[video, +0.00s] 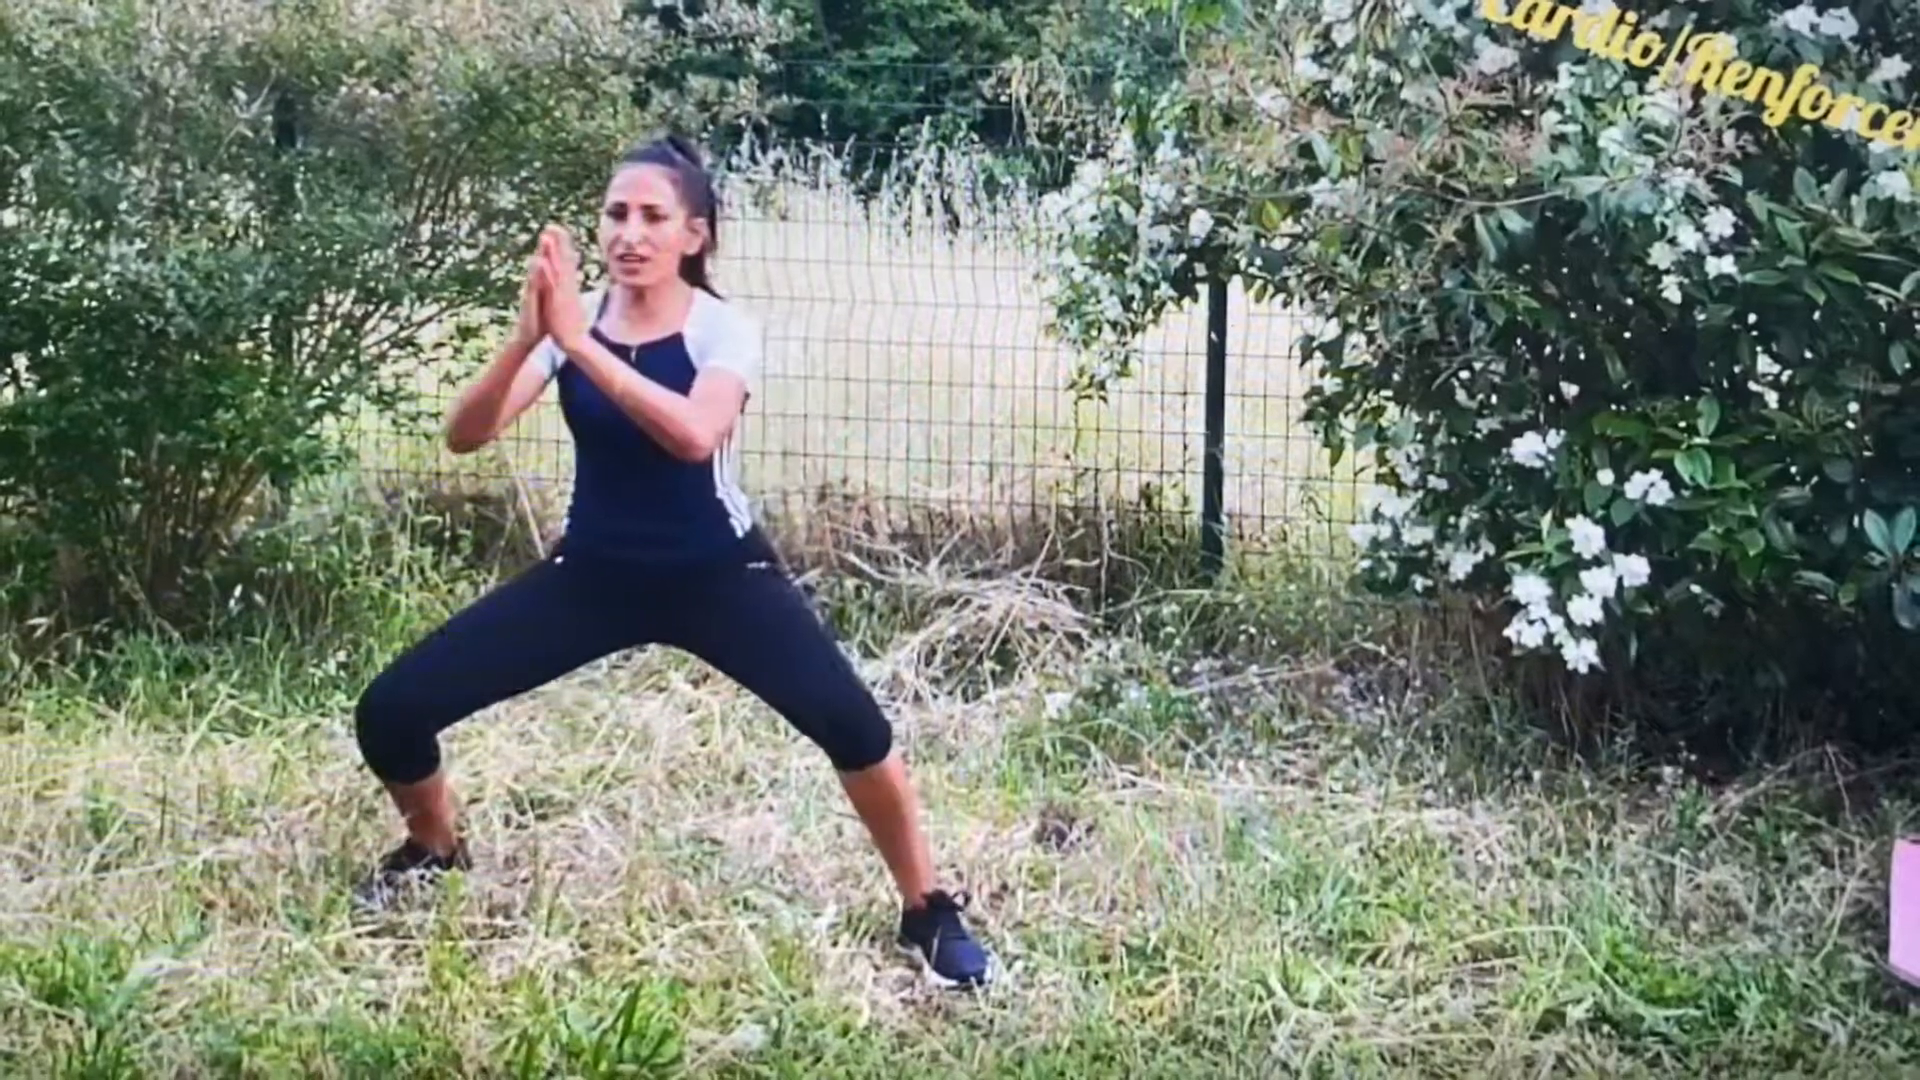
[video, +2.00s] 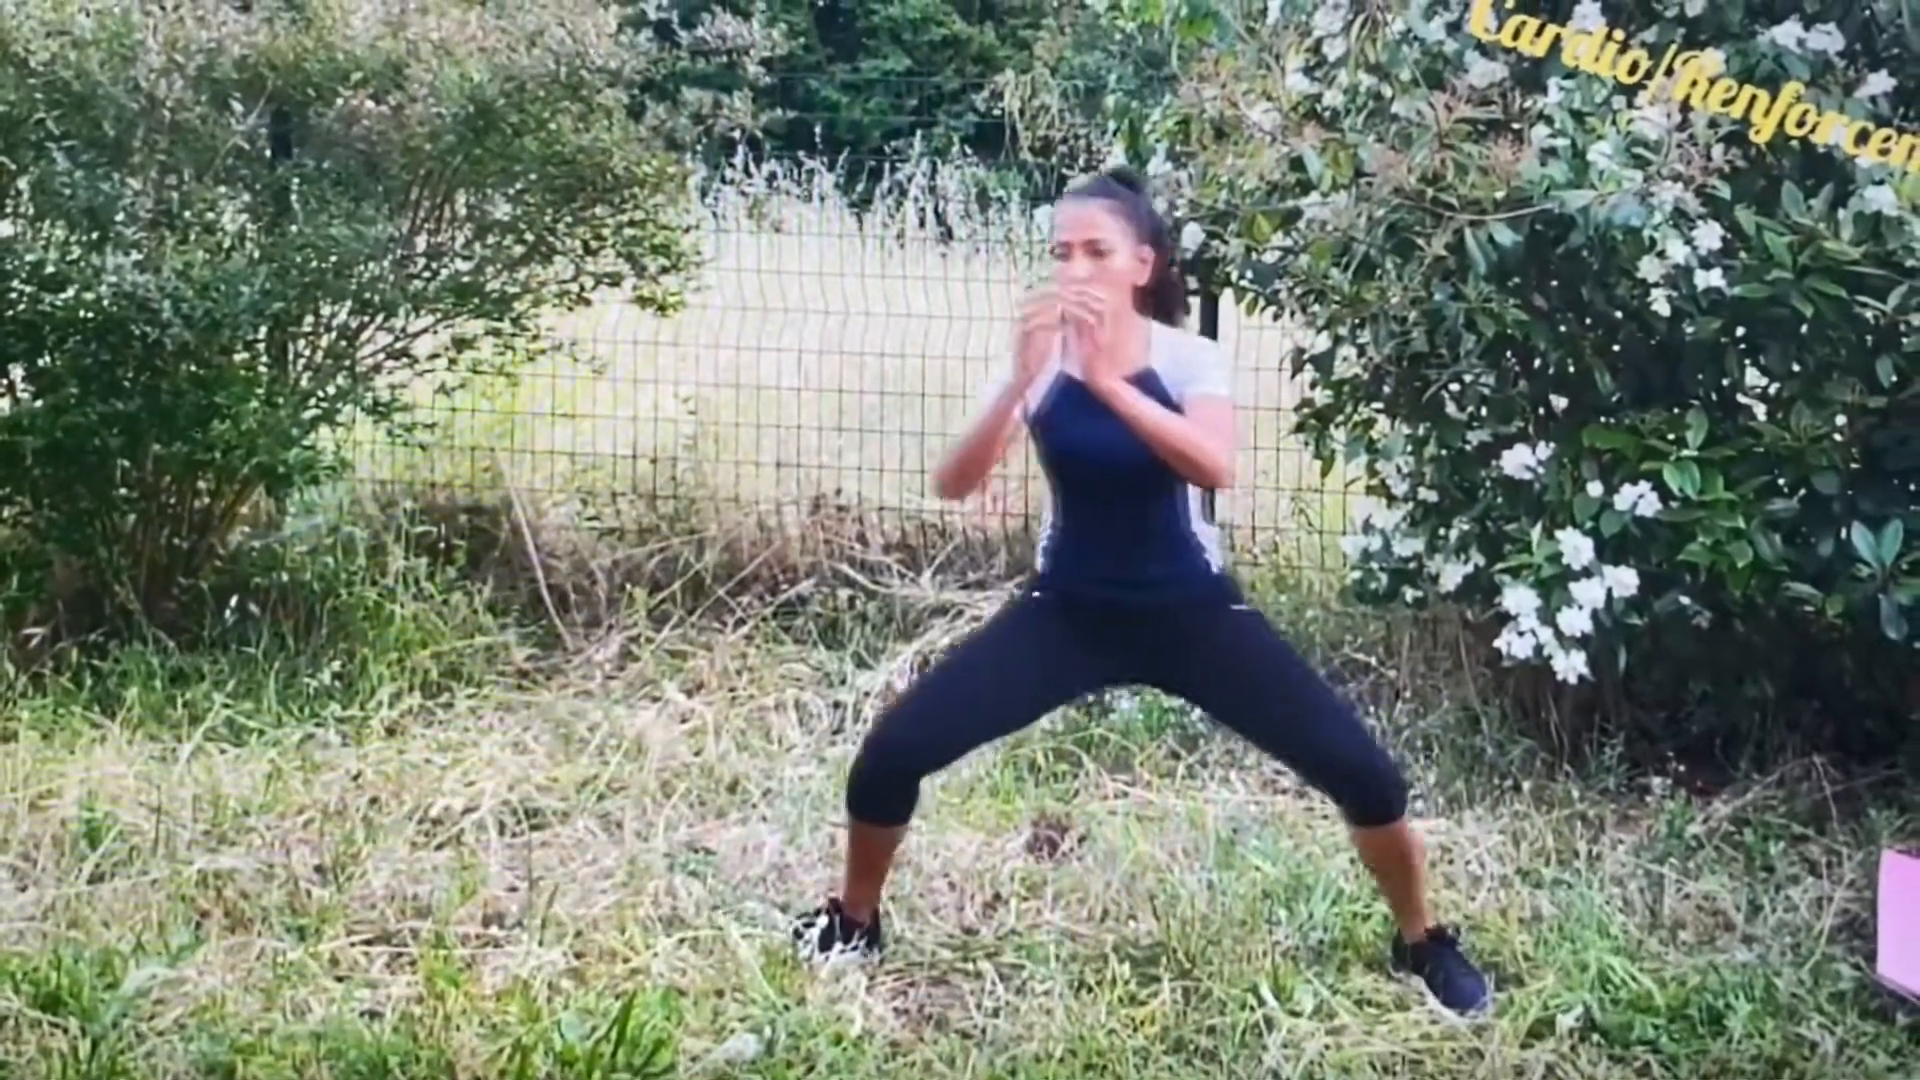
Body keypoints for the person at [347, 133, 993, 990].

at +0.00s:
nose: (629, 233)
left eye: (653, 216)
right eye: (618, 213)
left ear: (695, 237)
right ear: (599, 226)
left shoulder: (722, 328)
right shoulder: (575, 325)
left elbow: (697, 435)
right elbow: (464, 435)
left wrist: (578, 344)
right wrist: (523, 339)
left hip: (716, 583)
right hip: (591, 581)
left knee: (855, 725)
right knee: (390, 712)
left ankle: (928, 909)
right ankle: (435, 852)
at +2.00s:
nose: (1072, 271)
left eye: (1094, 253)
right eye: (1062, 253)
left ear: (1147, 265)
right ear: (1051, 265)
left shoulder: (1188, 358)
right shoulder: (1043, 359)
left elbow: (1218, 465)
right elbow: (952, 482)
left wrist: (1108, 384)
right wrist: (1023, 379)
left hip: (1191, 620)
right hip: (1065, 619)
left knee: (1369, 776)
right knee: (891, 749)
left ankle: (1423, 940)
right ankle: (851, 922)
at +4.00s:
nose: (891, 205)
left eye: (913, 188)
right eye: (877, 187)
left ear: (952, 208)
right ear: (858, 203)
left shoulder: (997, 304)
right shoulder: (829, 302)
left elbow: (1124, 413)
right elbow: (715, 385)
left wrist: (1059, 517)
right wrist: (796, 495)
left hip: (986, 559)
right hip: (867, 564)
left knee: (1040, 742)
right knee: (800, 763)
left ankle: (1002, 912)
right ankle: (886, 914)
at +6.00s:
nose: (687, 243)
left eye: (710, 227)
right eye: (675, 224)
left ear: (754, 249)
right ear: (656, 241)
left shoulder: (789, 349)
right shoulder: (615, 333)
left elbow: (916, 452)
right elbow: (506, 409)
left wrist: (841, 545)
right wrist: (582, 517)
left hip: (767, 592)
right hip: (640, 586)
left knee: (889, 741)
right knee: (442, 718)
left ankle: (967, 919)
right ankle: (418, 867)